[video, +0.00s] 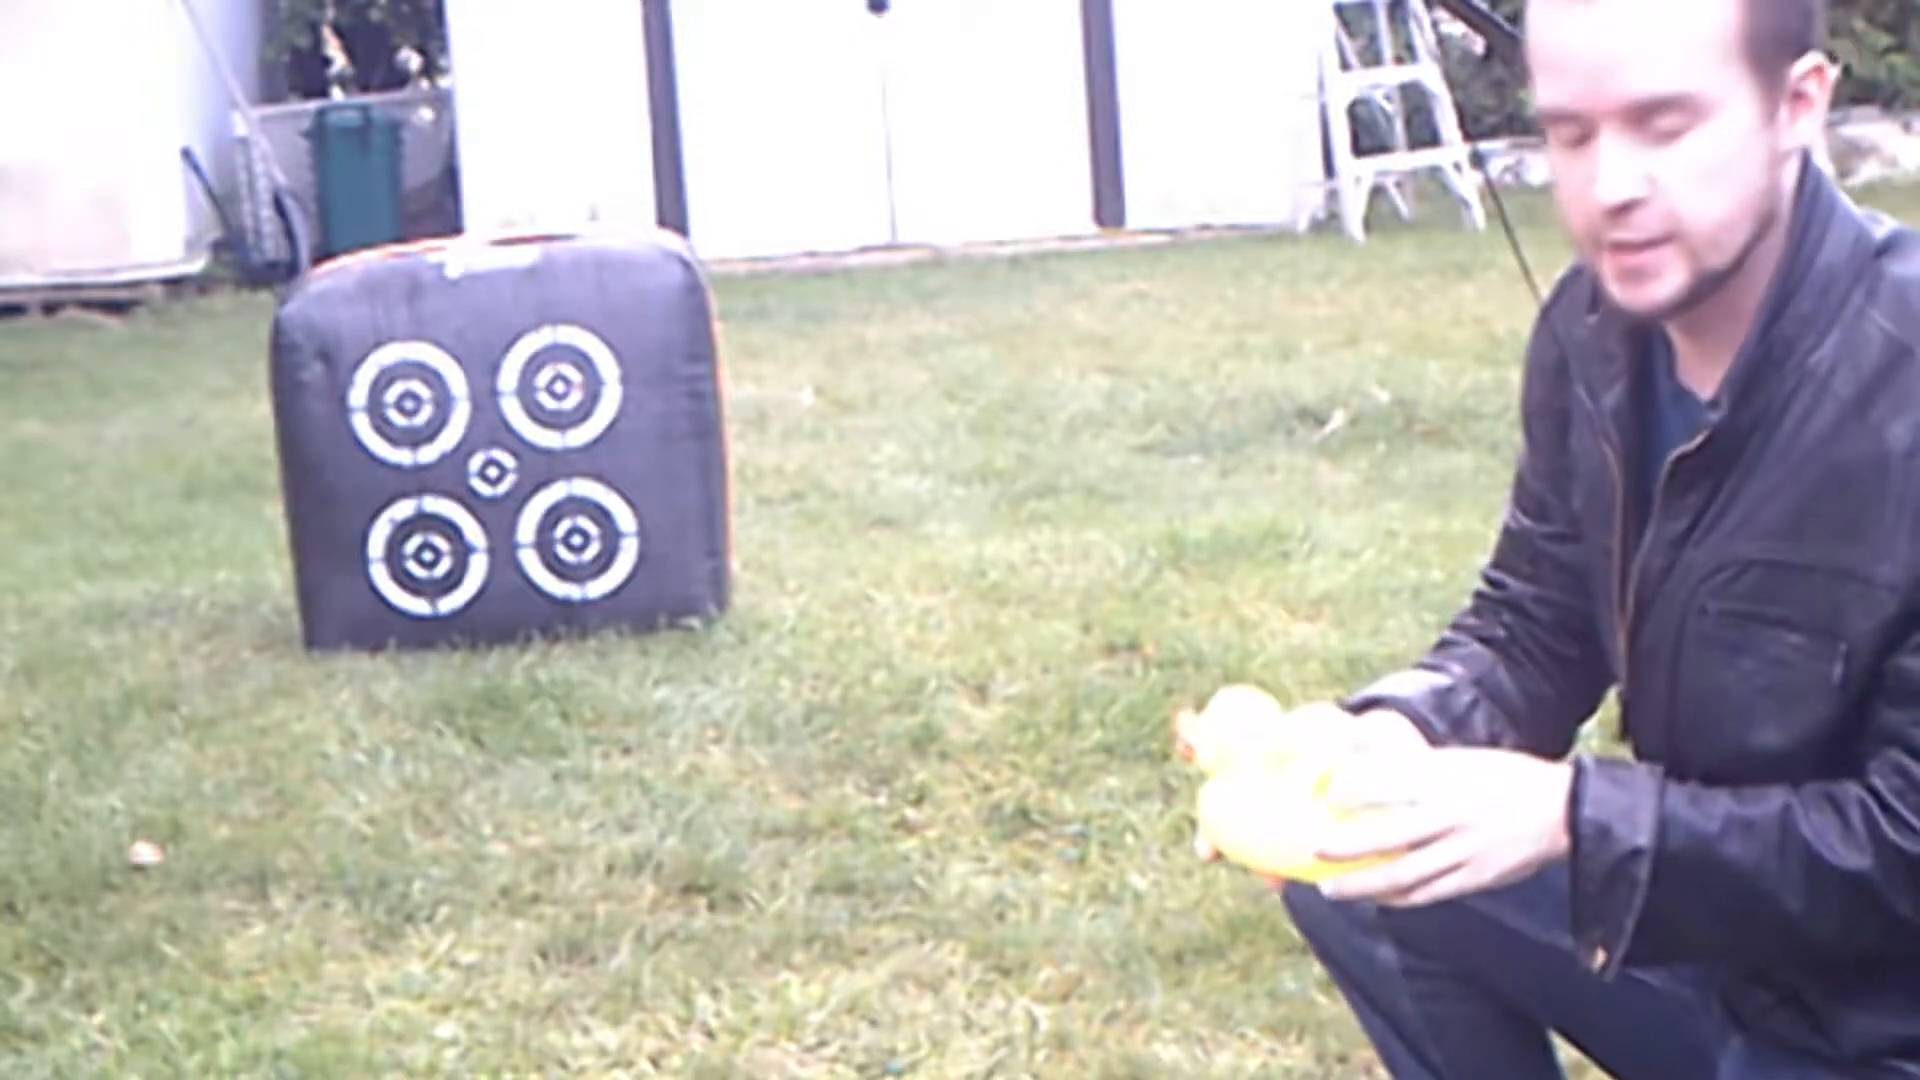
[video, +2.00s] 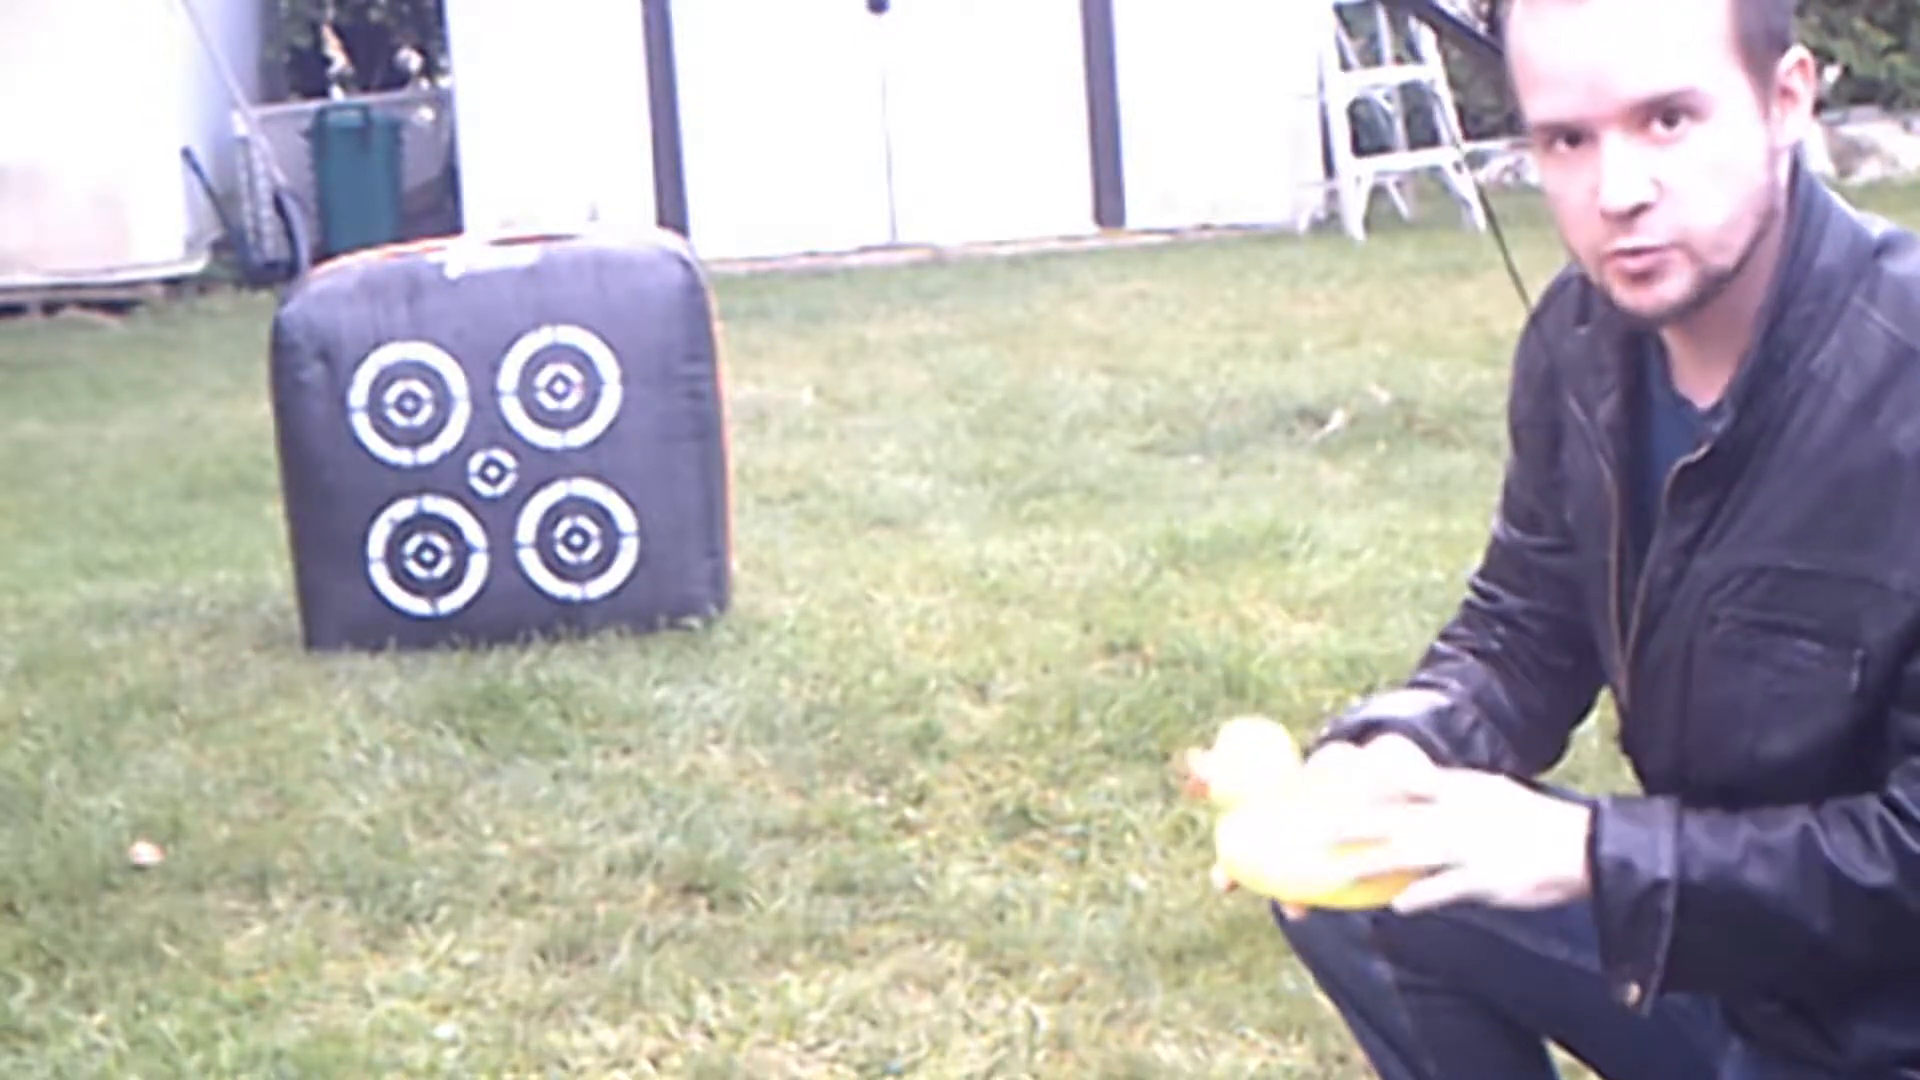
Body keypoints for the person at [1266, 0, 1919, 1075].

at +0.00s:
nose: (1610, 188)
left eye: (1665, 123)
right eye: (1570, 134)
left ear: (1799, 107)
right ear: (1540, 132)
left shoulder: (1902, 360)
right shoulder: (1590, 326)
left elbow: (1904, 839)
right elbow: (1536, 627)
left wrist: (1577, 812)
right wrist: (1391, 734)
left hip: (1871, 1040)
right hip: (1698, 954)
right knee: (1349, 866)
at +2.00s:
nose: (1618, 192)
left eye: (1669, 120)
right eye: (1567, 139)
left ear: (1789, 102)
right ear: (1529, 148)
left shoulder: (1905, 366)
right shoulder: (1579, 335)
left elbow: (1912, 842)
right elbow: (1525, 633)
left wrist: (1594, 850)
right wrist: (1390, 751)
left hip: (1881, 1040)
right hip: (1704, 972)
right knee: (1342, 884)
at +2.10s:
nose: (1613, 194)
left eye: (1663, 122)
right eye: (1564, 140)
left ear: (1787, 103)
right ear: (1528, 148)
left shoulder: (1903, 365)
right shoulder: (1580, 334)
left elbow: (1911, 845)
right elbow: (1526, 630)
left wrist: (1599, 852)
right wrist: (1385, 755)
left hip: (1876, 1041)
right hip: (1702, 968)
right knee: (1345, 887)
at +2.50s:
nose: (1598, 201)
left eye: (1649, 130)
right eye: (1551, 149)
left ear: (1777, 108)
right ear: (1517, 153)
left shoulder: (1902, 362)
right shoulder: (1581, 339)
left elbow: (1912, 842)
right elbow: (1529, 629)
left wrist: (1606, 847)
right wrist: (1397, 745)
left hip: (1876, 1044)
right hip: (1701, 964)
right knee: (1345, 887)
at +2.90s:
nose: (1602, 192)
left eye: (1653, 122)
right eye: (1555, 139)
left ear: (1779, 102)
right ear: (1520, 145)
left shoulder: (1895, 336)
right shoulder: (1579, 332)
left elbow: (1901, 780)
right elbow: (1529, 613)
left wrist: (1646, 741)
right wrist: (1401, 762)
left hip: (1869, 1019)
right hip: (1718, 929)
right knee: (1324, 853)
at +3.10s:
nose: (1613, 189)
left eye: (1664, 117)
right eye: (1564, 136)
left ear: (1787, 91)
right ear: (1527, 143)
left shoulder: (1896, 297)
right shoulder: (1601, 324)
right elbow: (1526, 630)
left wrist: (1742, 472)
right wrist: (1407, 758)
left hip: (1881, 1036)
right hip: (1762, 941)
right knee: (1325, 842)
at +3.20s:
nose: (1618, 186)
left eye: (1668, 116)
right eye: (1568, 135)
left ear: (1791, 87)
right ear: (1529, 136)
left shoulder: (1896, 273)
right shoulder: (1596, 324)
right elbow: (1529, 629)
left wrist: (1734, 389)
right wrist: (1406, 760)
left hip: (1890, 1029)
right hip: (1771, 943)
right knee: (1327, 844)